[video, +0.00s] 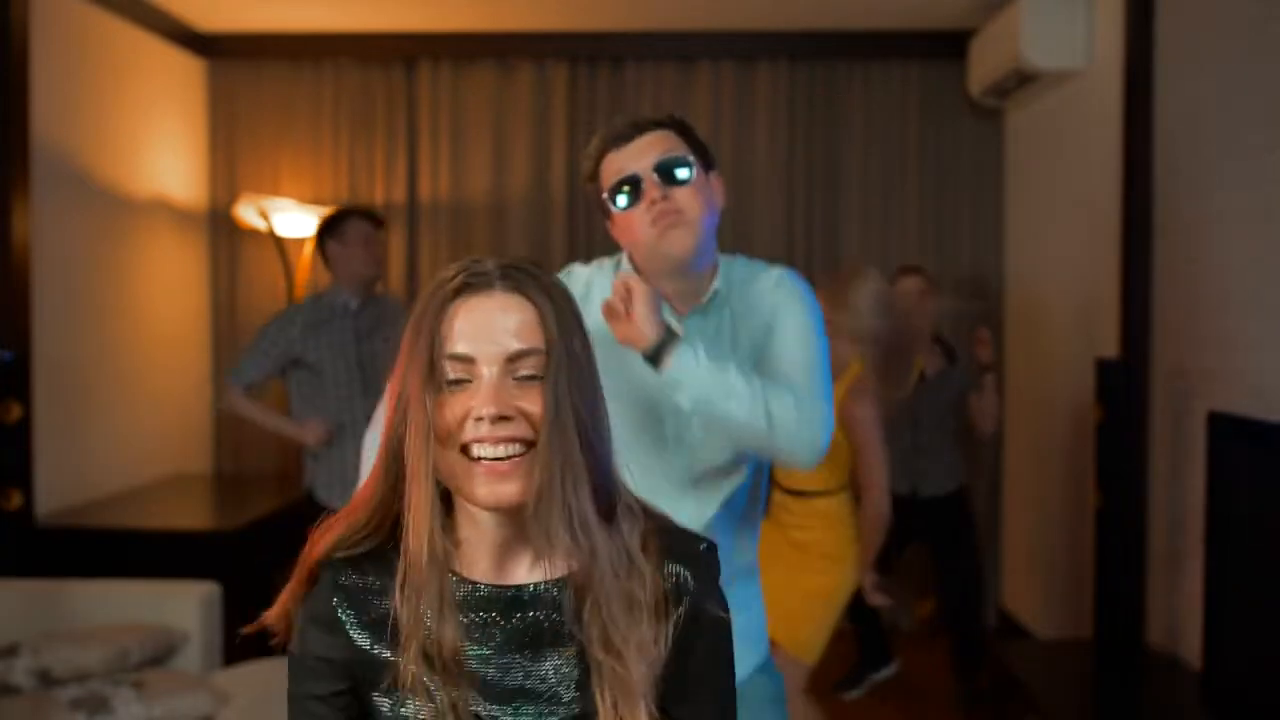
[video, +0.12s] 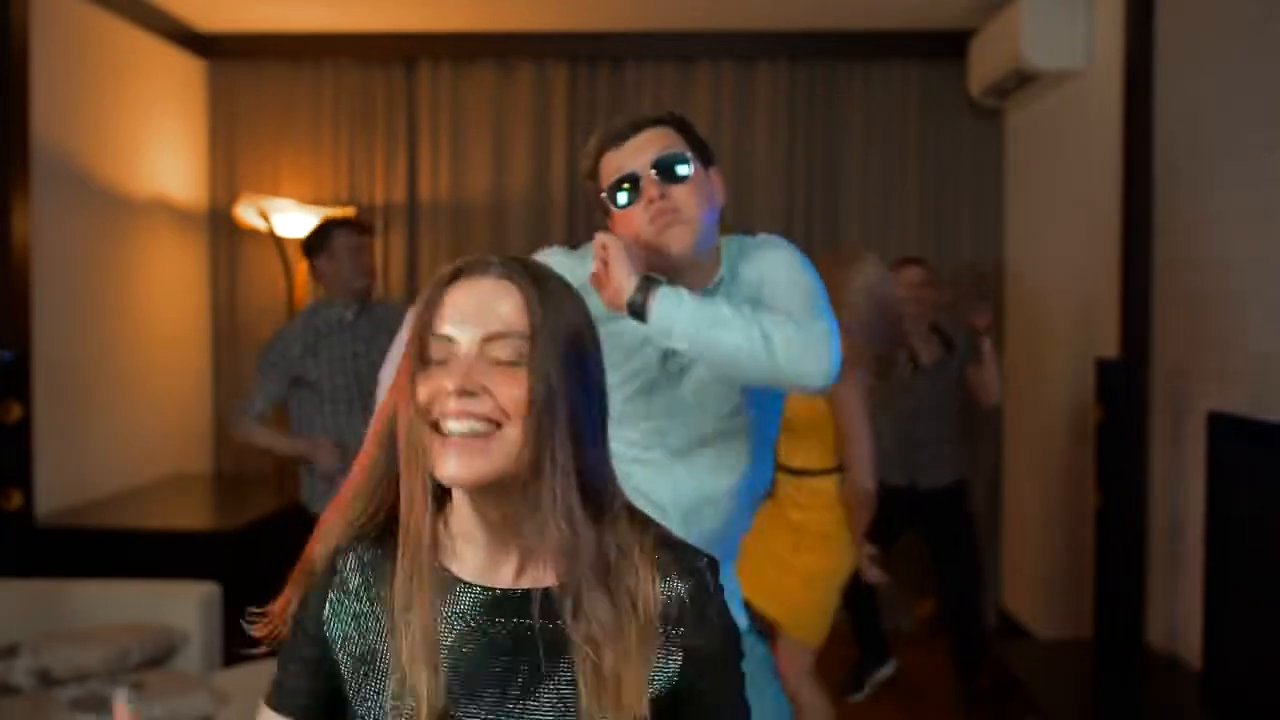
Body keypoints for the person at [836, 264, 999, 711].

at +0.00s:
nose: (910, 308)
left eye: (919, 298)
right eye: (901, 299)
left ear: (934, 305)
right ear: (890, 307)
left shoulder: (953, 360)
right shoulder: (881, 360)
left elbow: (984, 424)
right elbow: (865, 425)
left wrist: (985, 368)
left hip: (945, 498)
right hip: (891, 497)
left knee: (961, 594)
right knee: (865, 575)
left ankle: (971, 682)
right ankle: (874, 657)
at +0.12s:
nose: (915, 297)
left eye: (922, 287)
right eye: (906, 289)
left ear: (936, 294)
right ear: (890, 296)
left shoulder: (951, 344)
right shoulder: (879, 350)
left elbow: (988, 396)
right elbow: (858, 413)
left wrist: (984, 339)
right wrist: (859, 488)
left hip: (943, 488)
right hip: (888, 488)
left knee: (960, 590)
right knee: (861, 574)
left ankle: (972, 680)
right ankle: (874, 657)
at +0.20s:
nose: (913, 284)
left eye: (921, 274)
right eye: (904, 276)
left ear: (936, 280)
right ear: (890, 284)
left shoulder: (951, 330)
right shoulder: (880, 336)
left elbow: (987, 369)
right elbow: (855, 390)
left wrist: (977, 310)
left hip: (940, 474)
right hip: (884, 473)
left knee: (959, 579)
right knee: (859, 568)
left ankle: (971, 678)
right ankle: (872, 655)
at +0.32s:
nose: (907, 267)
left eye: (913, 258)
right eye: (898, 259)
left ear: (926, 262)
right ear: (883, 264)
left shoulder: (937, 309)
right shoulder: (873, 312)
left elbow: (986, 326)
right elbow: (857, 379)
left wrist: (966, 271)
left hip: (934, 454)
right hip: (881, 454)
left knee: (955, 561)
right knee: (854, 554)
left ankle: (972, 668)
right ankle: (866, 649)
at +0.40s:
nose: (901, 265)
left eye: (908, 254)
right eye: (891, 256)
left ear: (924, 262)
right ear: (873, 265)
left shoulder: (934, 308)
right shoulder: (869, 315)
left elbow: (985, 306)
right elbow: (852, 383)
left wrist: (959, 250)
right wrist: (856, 440)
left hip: (931, 448)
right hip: (876, 450)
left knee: (950, 557)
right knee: (852, 555)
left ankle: (971, 664)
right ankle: (858, 652)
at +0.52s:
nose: (890, 261)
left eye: (896, 252)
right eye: (880, 253)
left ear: (909, 260)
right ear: (867, 262)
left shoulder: (924, 304)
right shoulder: (858, 311)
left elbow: (981, 286)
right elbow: (845, 386)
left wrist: (951, 230)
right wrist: (872, 442)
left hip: (927, 449)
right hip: (873, 452)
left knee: (946, 560)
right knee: (850, 558)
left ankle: (968, 665)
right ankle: (850, 653)